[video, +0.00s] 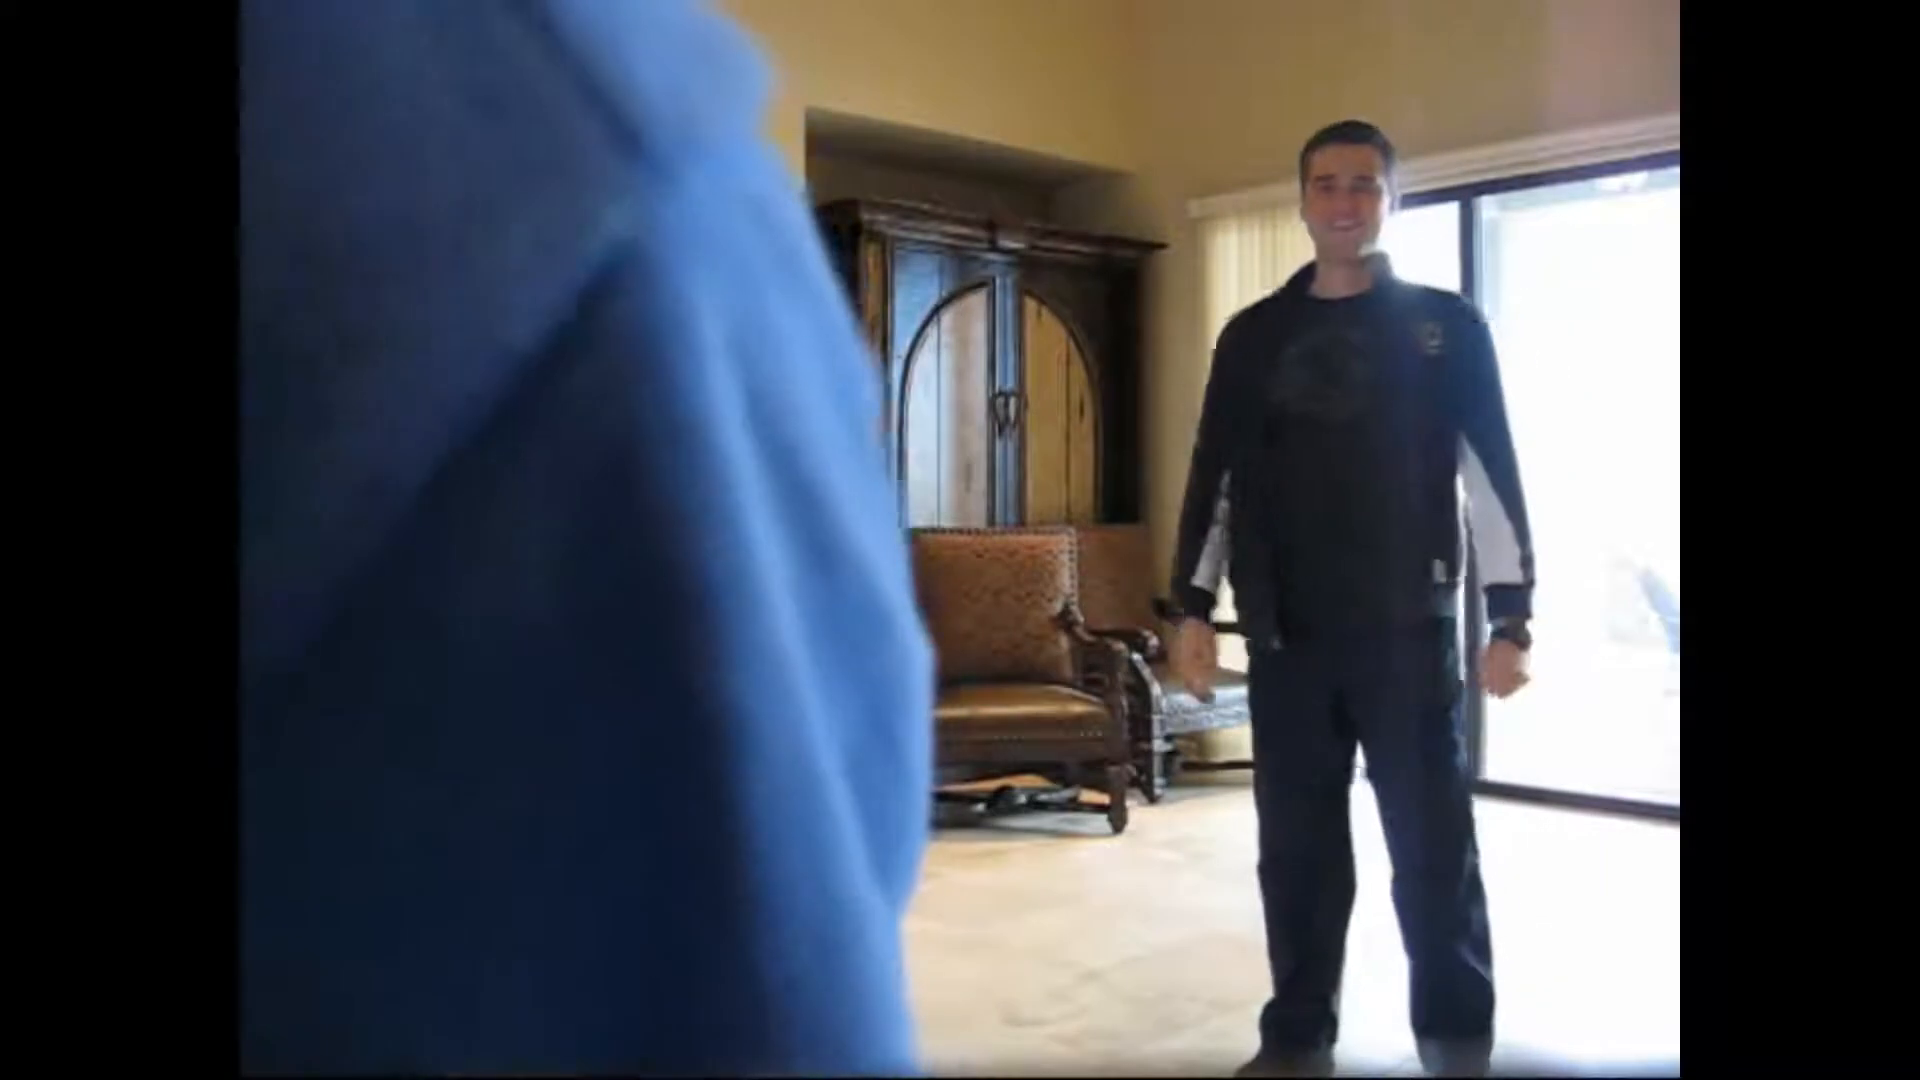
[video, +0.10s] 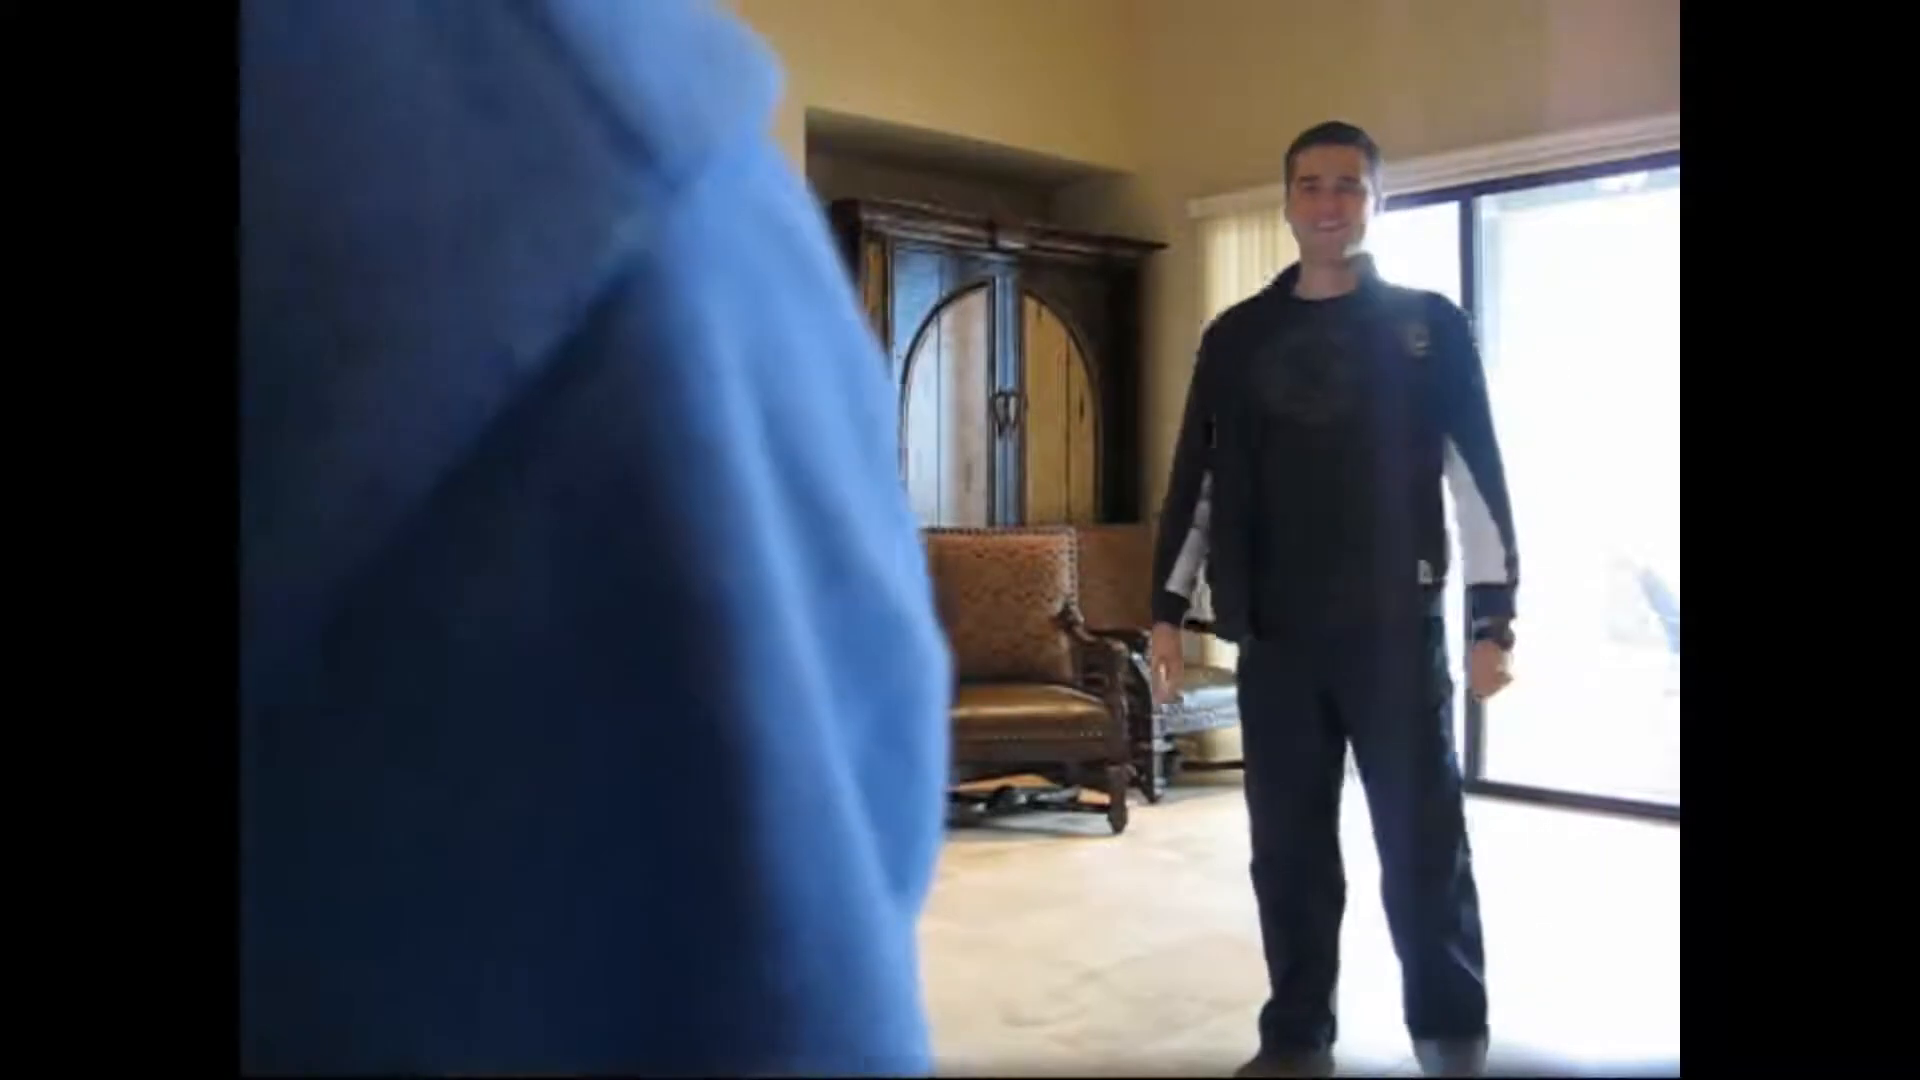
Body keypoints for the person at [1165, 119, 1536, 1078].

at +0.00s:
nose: (1343, 201)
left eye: (1362, 184)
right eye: (1326, 184)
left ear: (1390, 198)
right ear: (1301, 200)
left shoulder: (1445, 324)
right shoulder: (1250, 335)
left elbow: (1494, 477)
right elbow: (1210, 478)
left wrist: (1510, 619)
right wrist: (1187, 604)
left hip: (1411, 633)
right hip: (1287, 637)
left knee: (1434, 853)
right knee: (1295, 853)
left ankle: (1457, 1049)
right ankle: (1295, 1040)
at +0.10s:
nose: (1328, 202)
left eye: (1346, 186)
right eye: (1310, 186)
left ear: (1375, 201)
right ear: (1286, 202)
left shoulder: (1427, 323)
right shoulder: (1233, 336)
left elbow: (1479, 478)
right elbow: (1190, 483)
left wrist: (1493, 618)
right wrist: (1164, 607)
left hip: (1394, 633)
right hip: (1275, 637)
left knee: (1424, 849)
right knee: (1287, 853)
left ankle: (1453, 1045)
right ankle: (1295, 1040)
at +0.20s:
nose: (1319, 202)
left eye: (1337, 186)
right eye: (1301, 186)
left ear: (1365, 200)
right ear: (1277, 201)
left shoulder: (1418, 324)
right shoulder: (1225, 335)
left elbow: (1464, 478)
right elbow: (1179, 483)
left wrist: (1474, 619)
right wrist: (1145, 615)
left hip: (1387, 630)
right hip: (1272, 633)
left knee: (1417, 847)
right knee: (1283, 852)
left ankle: (1447, 1047)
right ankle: (1295, 1039)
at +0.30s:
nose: (1316, 204)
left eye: (1334, 187)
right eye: (1298, 187)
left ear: (1361, 201)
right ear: (1271, 203)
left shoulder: (1415, 326)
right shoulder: (1221, 336)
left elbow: (1454, 479)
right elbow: (1175, 485)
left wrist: (1455, 616)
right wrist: (1139, 614)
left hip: (1387, 635)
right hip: (1272, 636)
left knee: (1408, 859)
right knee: (1283, 857)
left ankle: (1436, 1057)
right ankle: (1295, 1043)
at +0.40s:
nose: (1316, 204)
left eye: (1334, 187)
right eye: (1298, 188)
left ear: (1361, 201)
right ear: (1272, 203)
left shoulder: (1417, 326)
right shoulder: (1222, 337)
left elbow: (1458, 477)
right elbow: (1173, 484)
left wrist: (1455, 614)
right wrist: (1139, 614)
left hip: (1388, 636)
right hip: (1273, 637)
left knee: (1410, 860)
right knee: (1284, 857)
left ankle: (1437, 1057)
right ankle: (1295, 1041)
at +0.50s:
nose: (1319, 204)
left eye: (1337, 188)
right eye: (1301, 188)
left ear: (1366, 203)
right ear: (1276, 204)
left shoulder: (1420, 326)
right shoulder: (1226, 338)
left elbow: (1464, 477)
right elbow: (1185, 486)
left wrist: (1467, 616)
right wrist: (1155, 619)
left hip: (1392, 634)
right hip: (1276, 636)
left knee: (1414, 861)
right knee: (1287, 856)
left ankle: (1439, 1055)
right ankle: (1295, 1041)